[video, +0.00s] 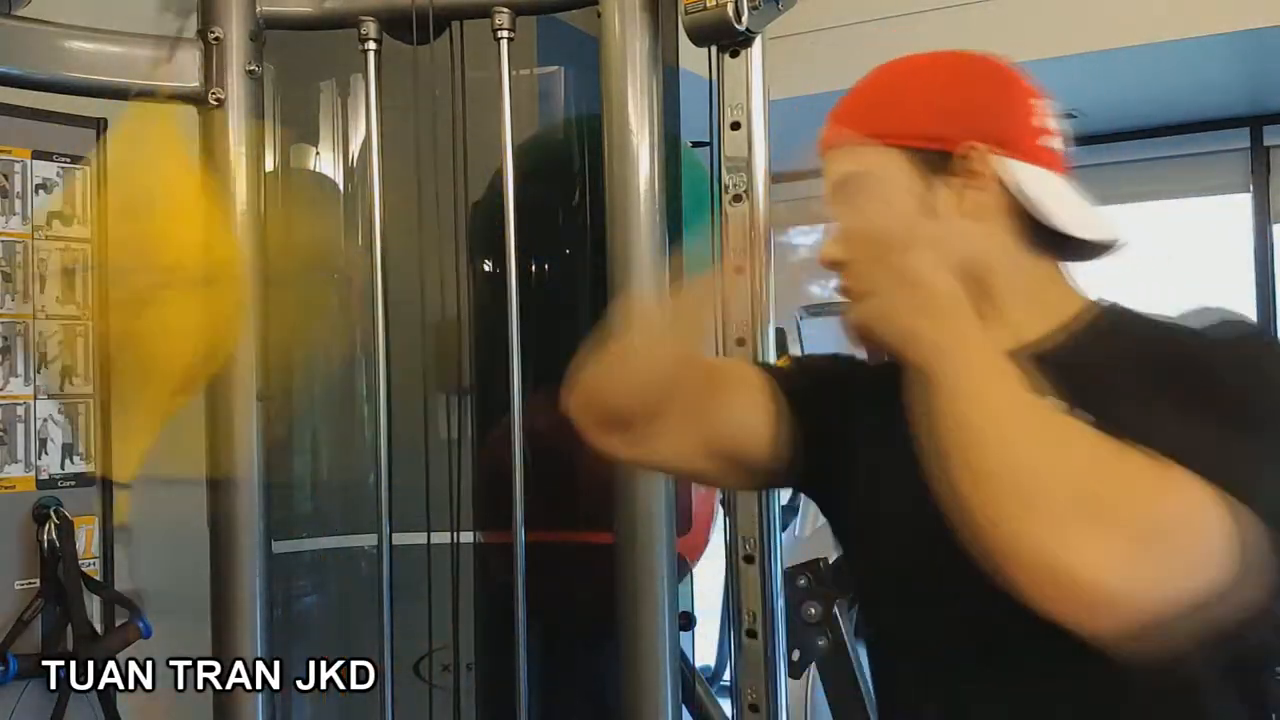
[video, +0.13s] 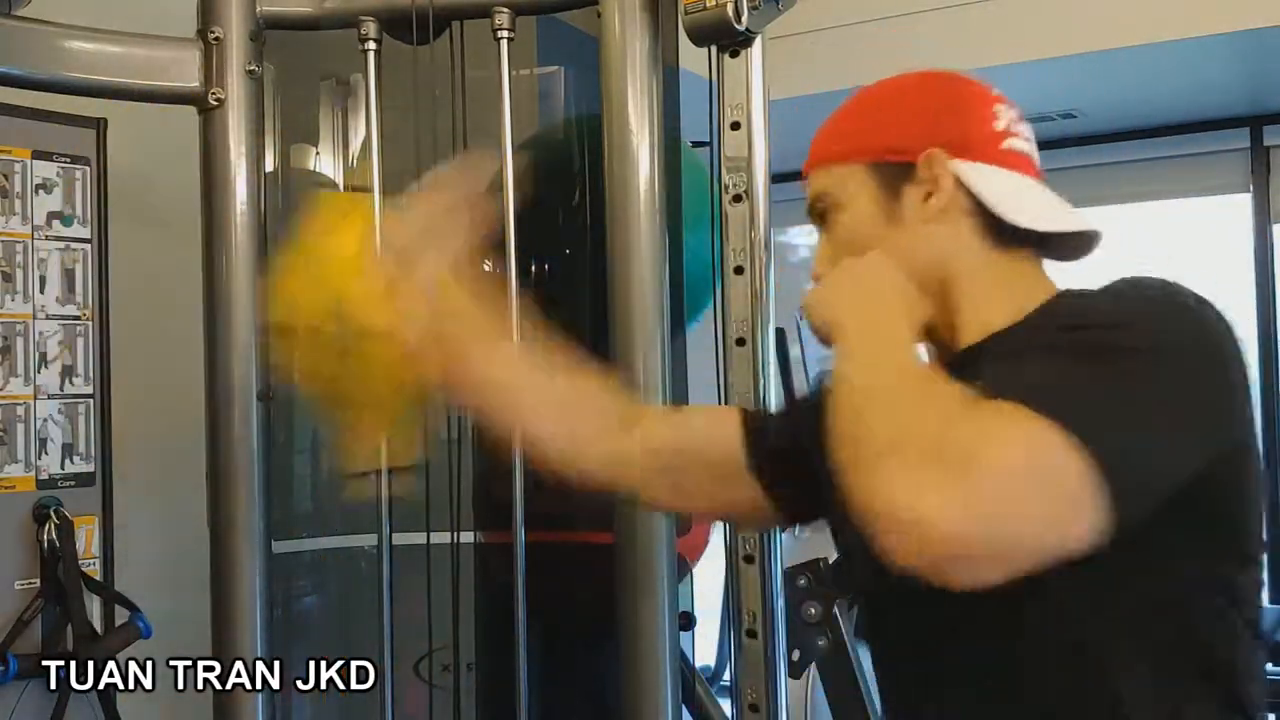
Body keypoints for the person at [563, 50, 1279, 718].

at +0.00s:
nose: (827, 251)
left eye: (849, 197)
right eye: (830, 209)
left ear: (970, 185)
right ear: (966, 189)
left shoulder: (1226, 374)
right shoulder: (864, 409)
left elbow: (1117, 580)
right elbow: (611, 404)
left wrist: (938, 325)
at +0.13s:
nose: (817, 266)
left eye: (829, 221)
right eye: (815, 230)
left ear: (931, 193)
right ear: (928, 202)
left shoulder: (1164, 341)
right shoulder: (892, 417)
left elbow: (942, 517)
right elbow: (620, 440)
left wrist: (871, 330)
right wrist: (435, 304)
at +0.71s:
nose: (777, 225)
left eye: (807, 177)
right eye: (775, 193)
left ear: (937, 166)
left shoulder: (1163, 334)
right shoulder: (789, 411)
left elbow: (1149, 504)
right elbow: (549, 469)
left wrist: (929, 270)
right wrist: (386, 353)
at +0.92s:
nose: (817, 252)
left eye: (847, 204)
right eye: (811, 217)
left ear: (977, 198)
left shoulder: (1193, 407)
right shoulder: (813, 409)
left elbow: (1199, 657)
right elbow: (586, 348)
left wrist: (1001, 364)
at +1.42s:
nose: (755, 278)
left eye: (758, 242)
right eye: (752, 246)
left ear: (836, 245)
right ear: (939, 235)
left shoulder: (919, 474)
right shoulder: (1073, 403)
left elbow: (674, 697)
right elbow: (1144, 418)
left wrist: (704, 428)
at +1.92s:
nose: (847, 309)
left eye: (881, 266)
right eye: (852, 265)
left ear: (1026, 274)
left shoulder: (1229, 477)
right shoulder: (846, 415)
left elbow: (1237, 711)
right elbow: (606, 507)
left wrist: (1037, 553)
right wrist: (883, 505)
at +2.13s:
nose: (841, 253)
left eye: (856, 216)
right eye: (840, 218)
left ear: (971, 214)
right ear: (964, 219)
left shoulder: (1189, 433)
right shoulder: (939, 363)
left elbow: (984, 690)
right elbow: (682, 325)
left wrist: (899, 414)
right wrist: (464, 295)